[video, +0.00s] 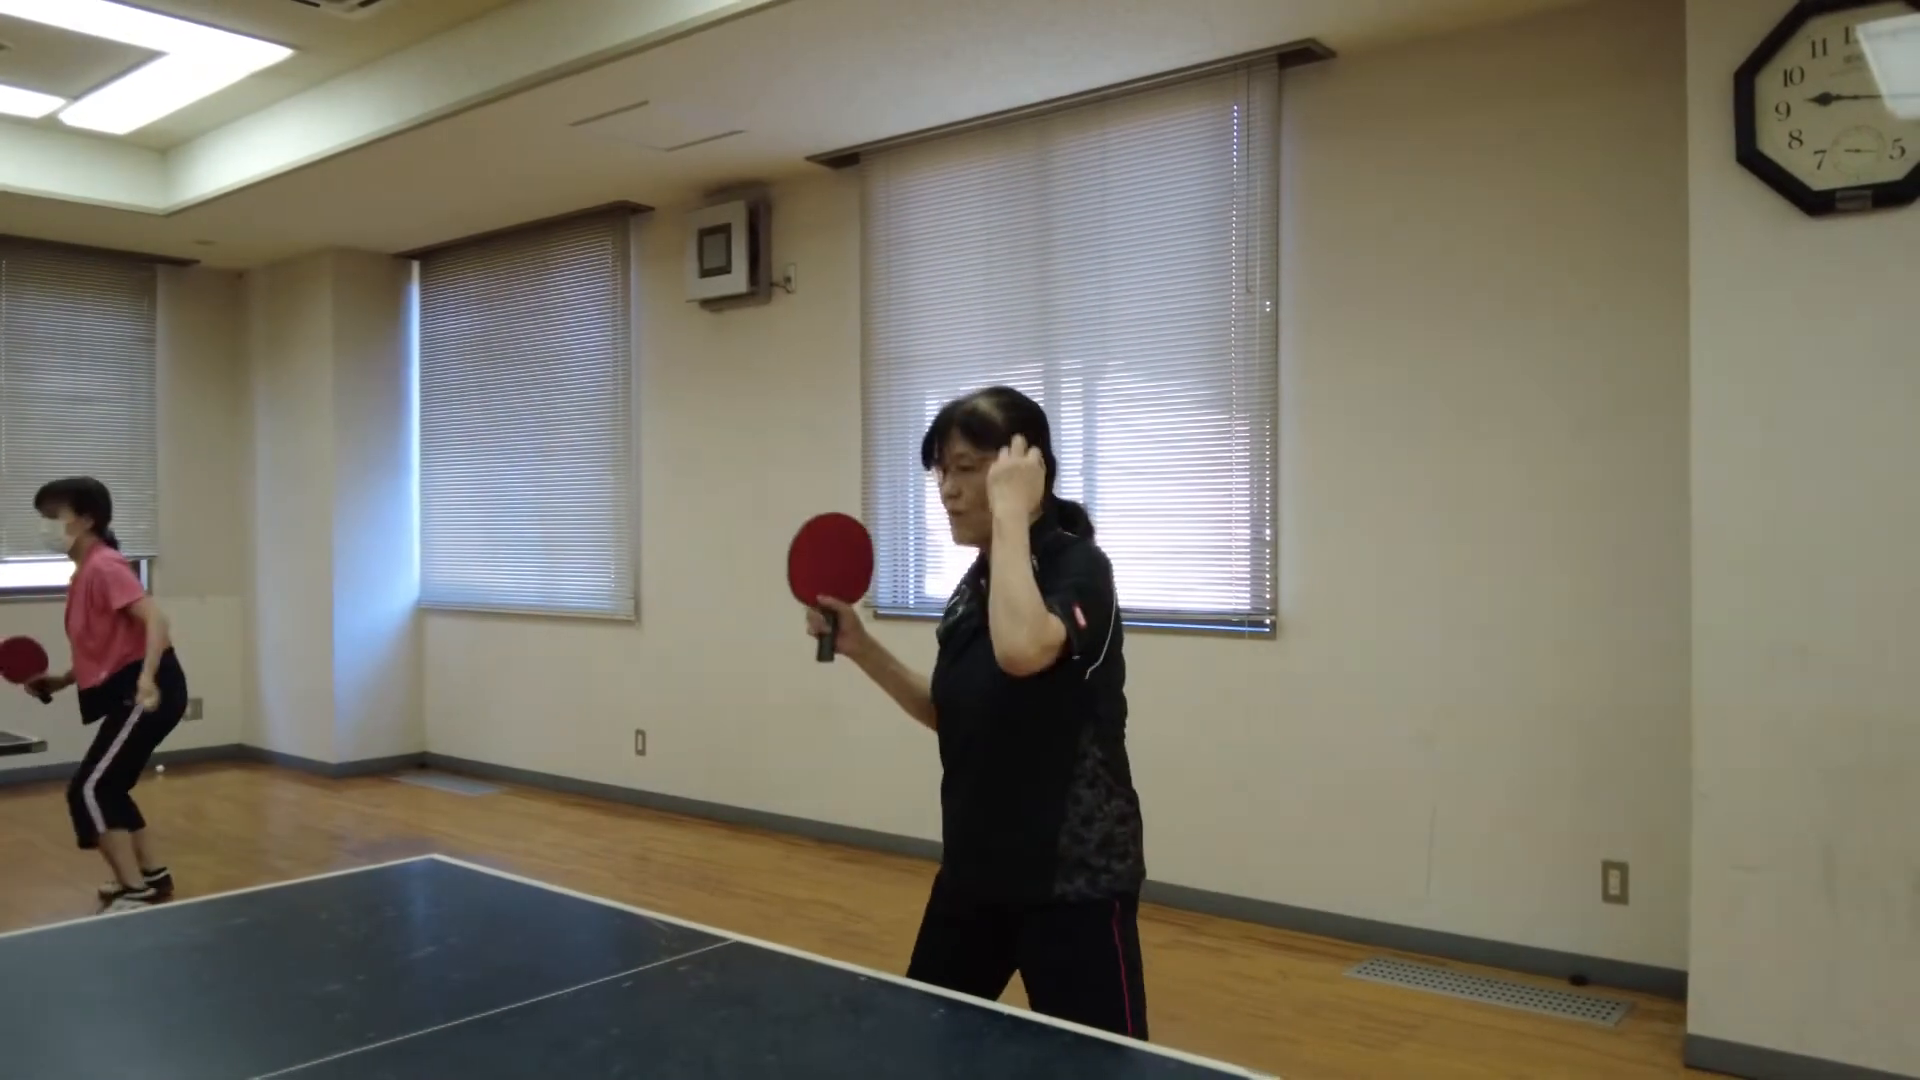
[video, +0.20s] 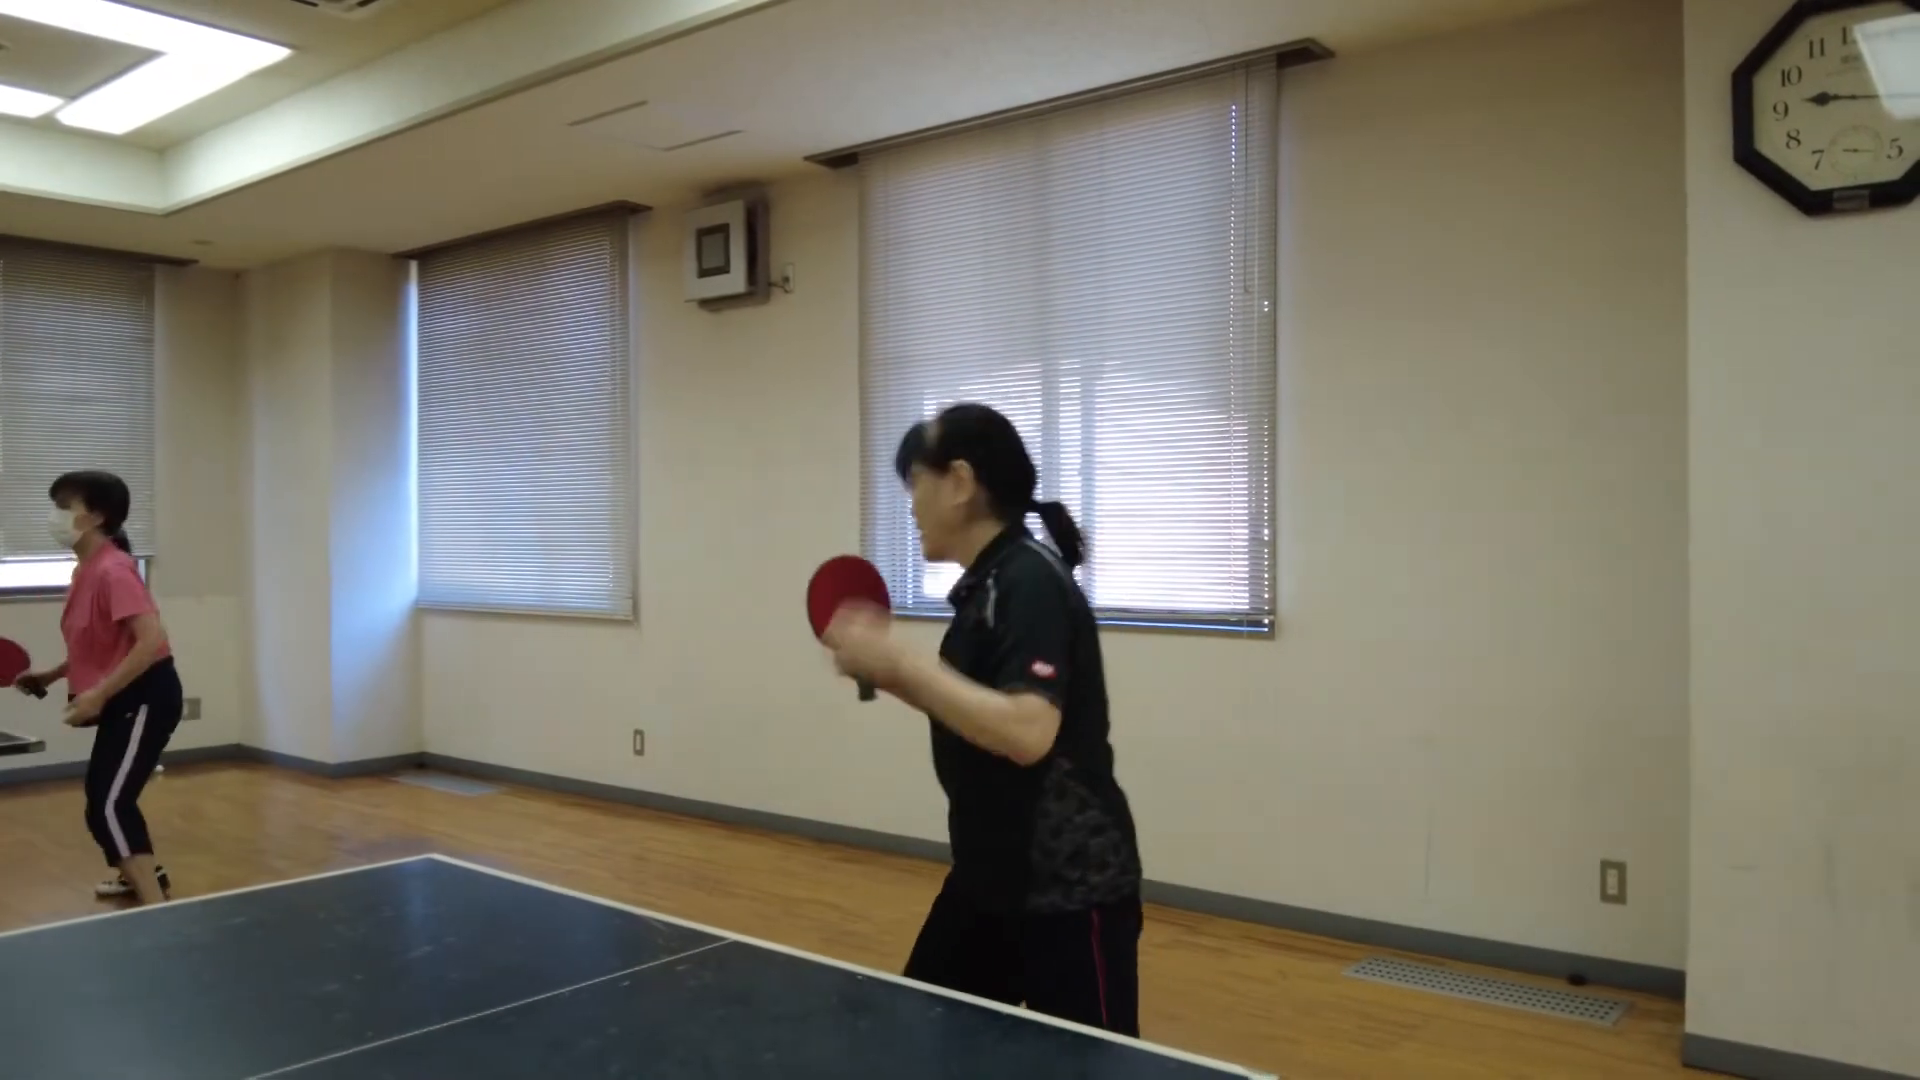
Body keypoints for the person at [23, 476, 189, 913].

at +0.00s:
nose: (53, 527)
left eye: (58, 517)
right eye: (51, 518)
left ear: (86, 518)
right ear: (80, 521)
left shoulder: (104, 566)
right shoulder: (86, 573)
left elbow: (155, 618)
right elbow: (101, 648)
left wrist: (148, 676)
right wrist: (59, 680)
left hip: (145, 691)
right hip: (130, 692)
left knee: (89, 787)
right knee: (110, 785)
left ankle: (134, 890)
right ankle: (152, 873)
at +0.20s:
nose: (56, 517)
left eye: (66, 508)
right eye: (56, 508)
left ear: (97, 516)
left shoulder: (114, 569)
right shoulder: (88, 571)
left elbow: (152, 641)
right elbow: (98, 648)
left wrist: (101, 694)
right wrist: (51, 675)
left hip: (147, 694)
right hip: (123, 697)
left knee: (108, 804)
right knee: (105, 796)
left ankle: (159, 912)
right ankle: (139, 875)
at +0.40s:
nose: (58, 505)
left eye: (68, 496)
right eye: (58, 495)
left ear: (100, 505)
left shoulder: (114, 555)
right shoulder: (90, 555)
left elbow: (143, 640)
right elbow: (100, 633)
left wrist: (80, 682)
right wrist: (54, 658)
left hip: (148, 687)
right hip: (124, 687)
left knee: (113, 807)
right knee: (107, 801)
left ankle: (157, 911)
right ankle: (128, 880)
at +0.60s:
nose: (60, 502)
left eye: (68, 492)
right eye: (59, 492)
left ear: (98, 496)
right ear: (83, 498)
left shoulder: (119, 549)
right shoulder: (93, 547)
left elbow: (146, 638)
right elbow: (102, 625)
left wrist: (82, 675)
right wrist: (57, 643)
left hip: (147, 684)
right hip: (120, 683)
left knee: (118, 802)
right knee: (104, 794)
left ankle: (156, 911)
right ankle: (128, 888)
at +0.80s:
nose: (68, 499)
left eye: (75, 488)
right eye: (66, 489)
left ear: (105, 490)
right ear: (89, 493)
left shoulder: (127, 547)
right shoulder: (90, 544)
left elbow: (150, 635)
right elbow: (102, 623)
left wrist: (83, 669)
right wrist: (60, 639)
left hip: (141, 694)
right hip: (110, 693)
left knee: (119, 809)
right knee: (104, 807)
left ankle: (151, 911)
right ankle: (125, 892)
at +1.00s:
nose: (74, 498)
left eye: (82, 488)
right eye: (74, 488)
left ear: (110, 490)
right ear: (102, 492)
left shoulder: (130, 544)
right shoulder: (95, 542)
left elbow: (151, 630)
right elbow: (104, 617)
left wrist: (73, 646)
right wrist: (62, 627)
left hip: (130, 691)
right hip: (99, 687)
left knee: (114, 805)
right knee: (97, 799)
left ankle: (152, 908)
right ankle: (123, 891)